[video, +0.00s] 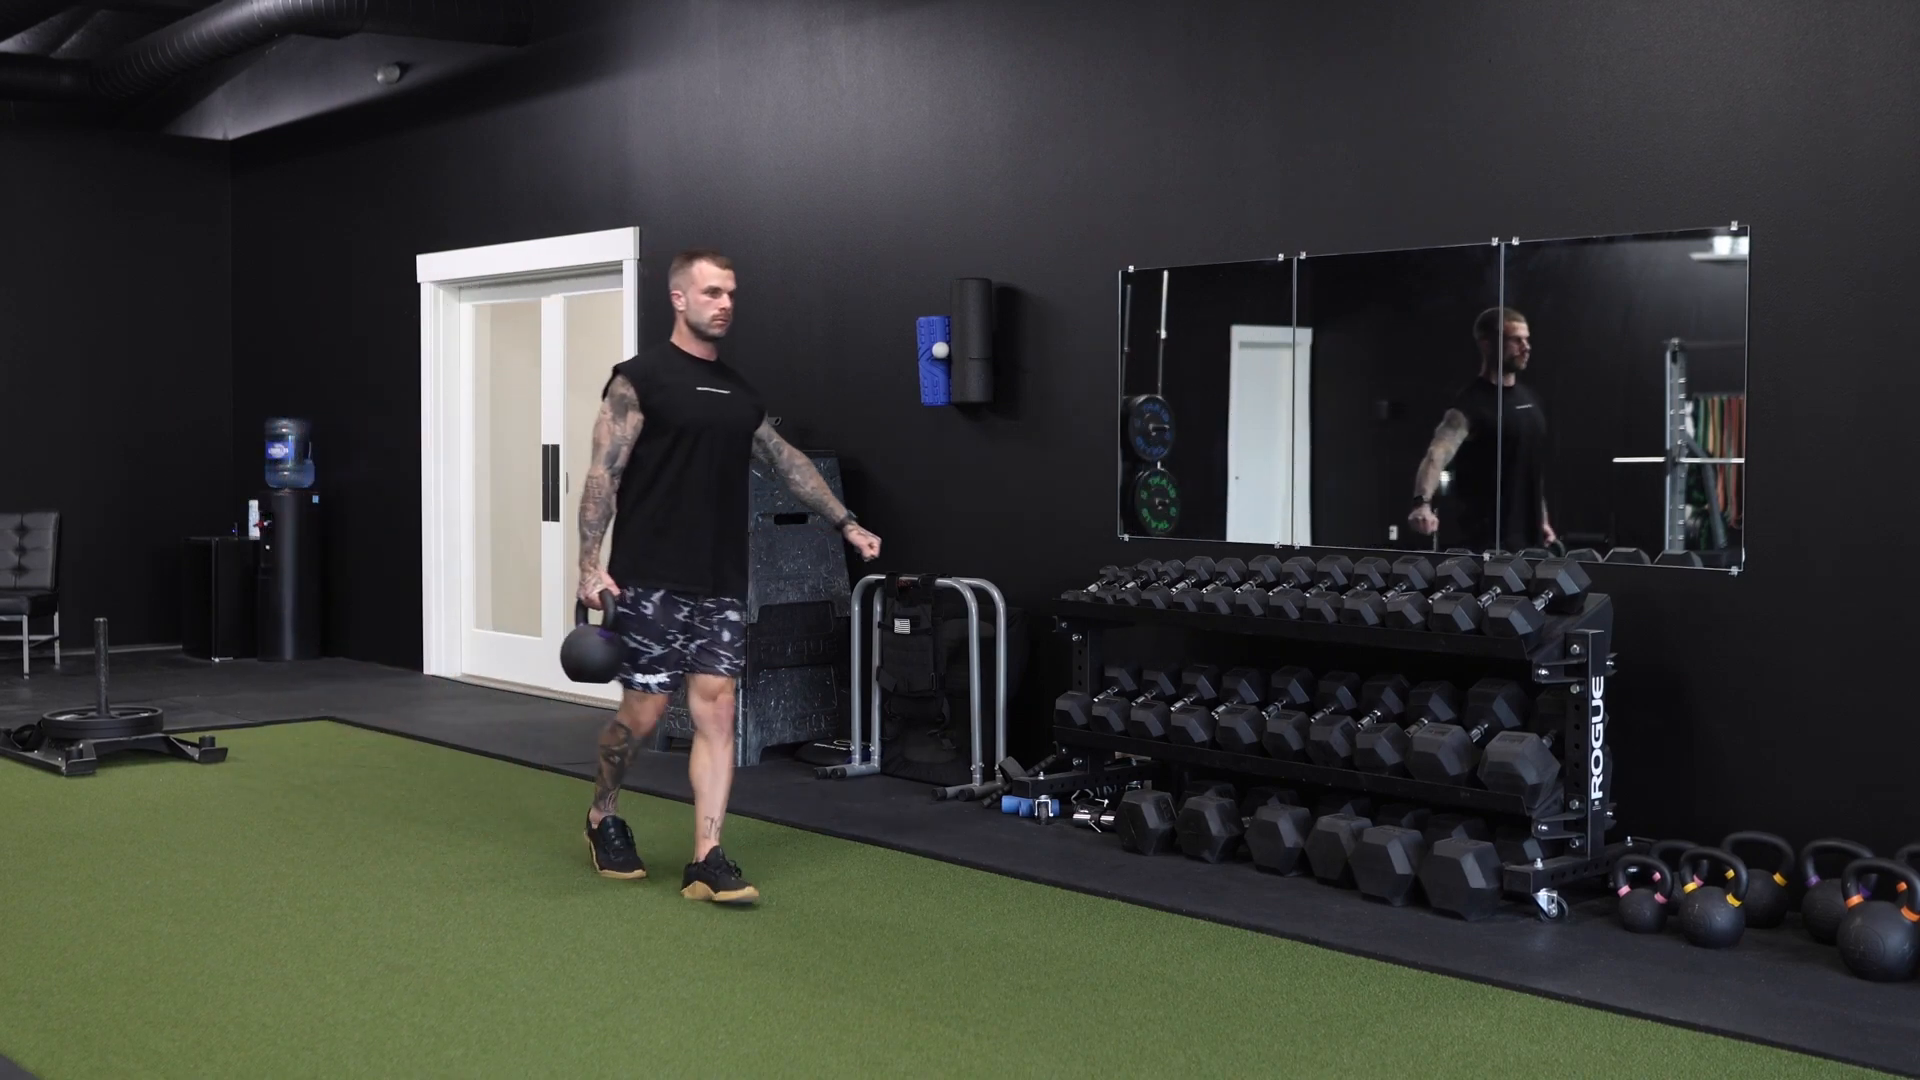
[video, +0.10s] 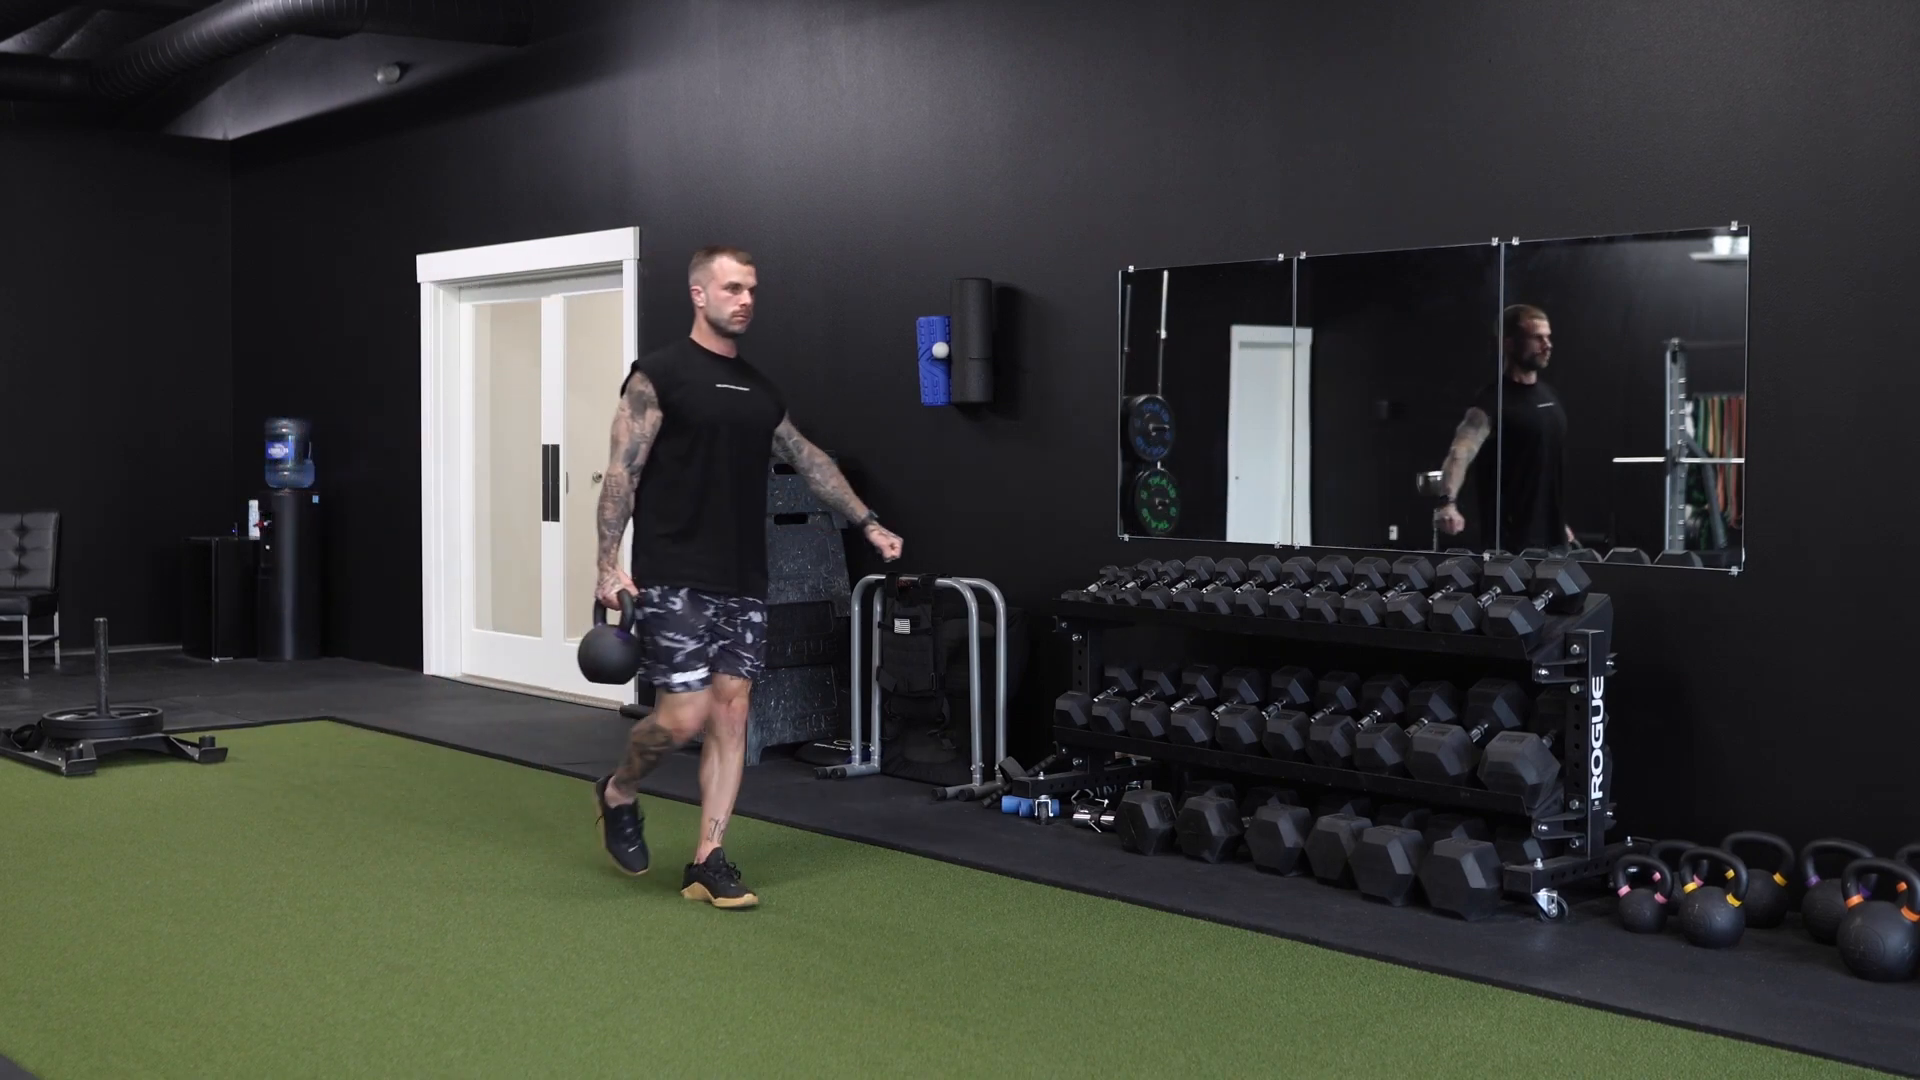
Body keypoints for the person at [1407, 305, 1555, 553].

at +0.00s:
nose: (1525, 347)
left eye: (1527, 340)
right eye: (1515, 340)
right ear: (1486, 344)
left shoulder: (1526, 399)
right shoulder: (1472, 402)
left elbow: (1532, 470)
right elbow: (1436, 455)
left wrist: (1542, 521)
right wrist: (1422, 503)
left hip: (1525, 539)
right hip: (1480, 539)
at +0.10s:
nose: (1547, 345)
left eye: (1548, 338)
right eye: (1537, 338)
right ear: (1509, 343)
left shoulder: (1547, 397)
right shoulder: (1493, 400)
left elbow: (1542, 472)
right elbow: (1459, 454)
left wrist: (1558, 524)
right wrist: (1447, 502)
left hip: (1549, 539)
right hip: (1507, 540)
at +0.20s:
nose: (1569, 344)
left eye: (1570, 336)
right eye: (1559, 336)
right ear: (1530, 341)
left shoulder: (1565, 393)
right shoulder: (1515, 398)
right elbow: (1481, 451)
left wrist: (1583, 530)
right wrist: (1471, 499)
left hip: (1570, 534)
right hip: (1527, 538)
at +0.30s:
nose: (1589, 343)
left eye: (1590, 335)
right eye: (1579, 336)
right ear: (1549, 339)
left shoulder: (1583, 392)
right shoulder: (1533, 398)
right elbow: (1502, 451)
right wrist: (1495, 498)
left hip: (1588, 534)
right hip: (1545, 537)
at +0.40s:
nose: (1611, 342)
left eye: (1612, 334)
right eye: (1601, 334)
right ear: (1571, 338)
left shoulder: (1603, 393)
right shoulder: (1553, 397)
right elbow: (1522, 451)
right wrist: (1515, 497)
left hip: (1608, 532)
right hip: (1565, 536)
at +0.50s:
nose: (1636, 343)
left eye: (1637, 335)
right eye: (1625, 335)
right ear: (1596, 339)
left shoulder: (1626, 395)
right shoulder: (1576, 398)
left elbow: (1626, 475)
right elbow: (1542, 450)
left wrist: (1642, 536)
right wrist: (1532, 496)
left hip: (1627, 536)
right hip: (1582, 537)